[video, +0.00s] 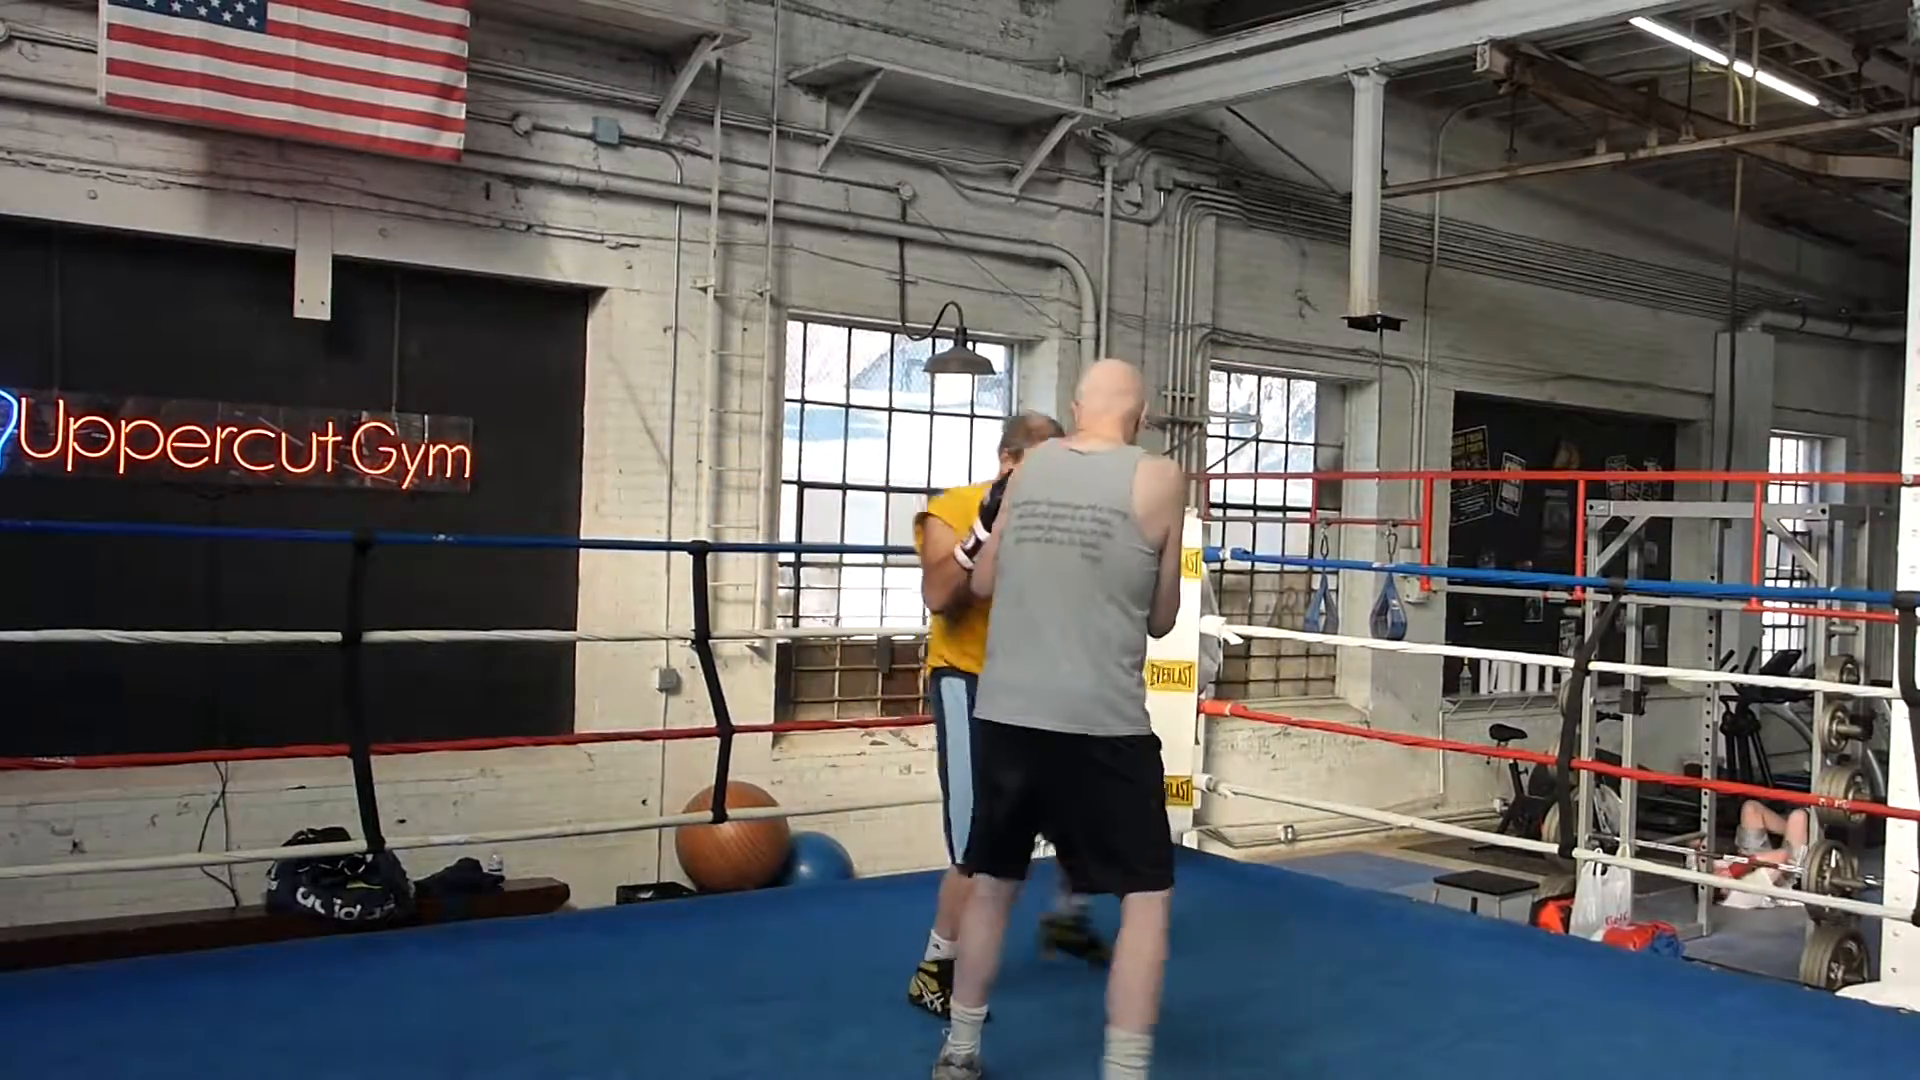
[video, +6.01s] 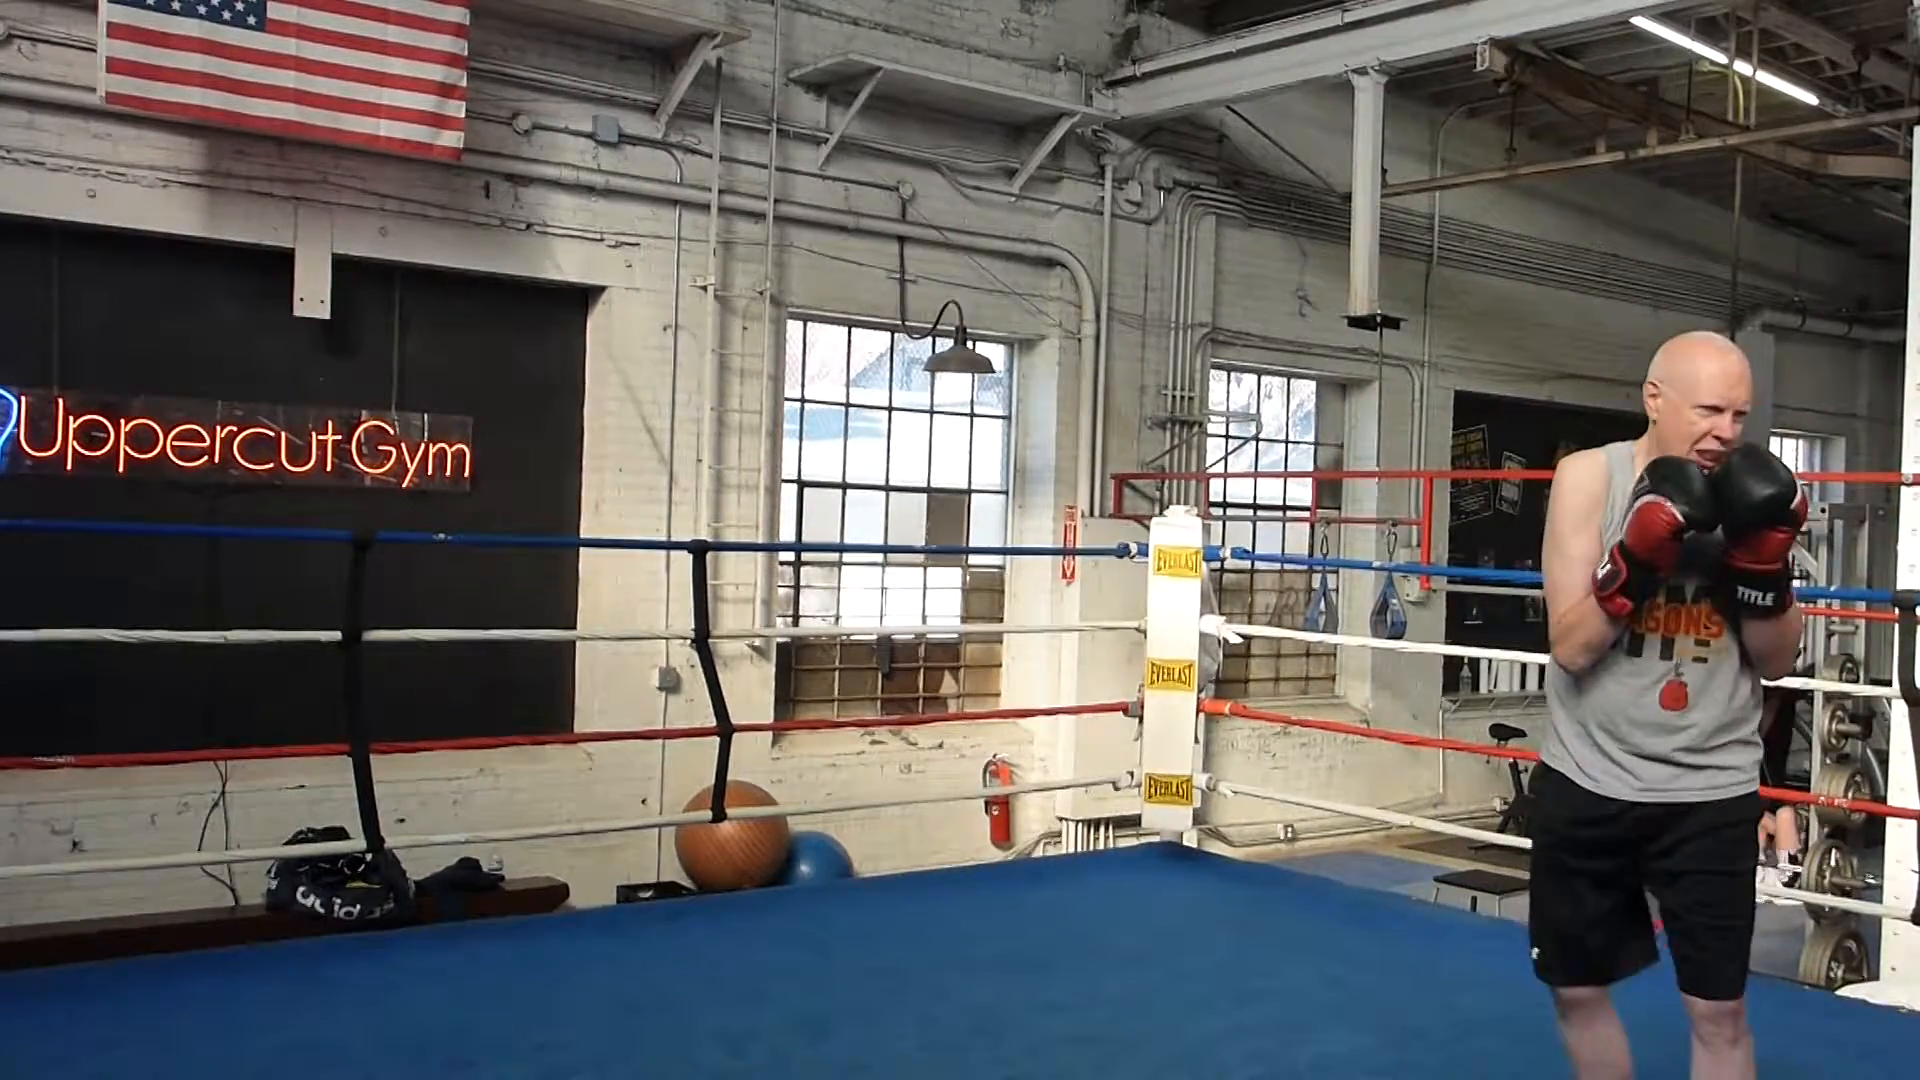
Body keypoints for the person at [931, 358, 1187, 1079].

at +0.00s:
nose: (1109, 407)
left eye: (1086, 397)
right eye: (1139, 407)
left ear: (1074, 410)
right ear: (1143, 417)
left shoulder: (1028, 468)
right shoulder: (1162, 479)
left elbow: (984, 580)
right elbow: (1161, 616)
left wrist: (1049, 551)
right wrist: (1105, 568)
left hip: (1009, 717)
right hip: (1105, 727)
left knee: (990, 882)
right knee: (1146, 895)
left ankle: (960, 1052)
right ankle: (1125, 1070)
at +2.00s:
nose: (1288, 459)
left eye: (1292, 447)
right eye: (1285, 443)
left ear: (1253, 430)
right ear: (1246, 426)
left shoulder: (1249, 504)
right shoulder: (1183, 486)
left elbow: (1285, 605)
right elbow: (1224, 605)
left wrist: (1309, 532)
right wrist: (1284, 537)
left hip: (1260, 716)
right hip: (1192, 718)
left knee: (1291, 860)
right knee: (1188, 877)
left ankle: (1246, 1004)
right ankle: (1130, 1022)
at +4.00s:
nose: (1408, 450)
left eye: (1413, 437)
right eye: (1399, 435)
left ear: (1404, 439)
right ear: (1350, 427)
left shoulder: (1393, 500)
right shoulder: (1299, 493)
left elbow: (1420, 618)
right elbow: (1327, 621)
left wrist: (1439, 542)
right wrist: (1391, 542)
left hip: (1380, 723)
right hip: (1297, 718)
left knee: (1396, 880)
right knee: (1270, 883)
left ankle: (1386, 1028)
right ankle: (1225, 1027)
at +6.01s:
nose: (1727, 431)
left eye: (1740, 415)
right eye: (1710, 410)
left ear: (1749, 416)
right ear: (1655, 399)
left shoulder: (1752, 499)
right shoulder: (1588, 476)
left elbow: (1774, 661)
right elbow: (1571, 648)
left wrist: (1761, 566)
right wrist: (1634, 566)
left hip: (1712, 789)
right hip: (1585, 781)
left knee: (1719, 1009)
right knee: (1577, 992)